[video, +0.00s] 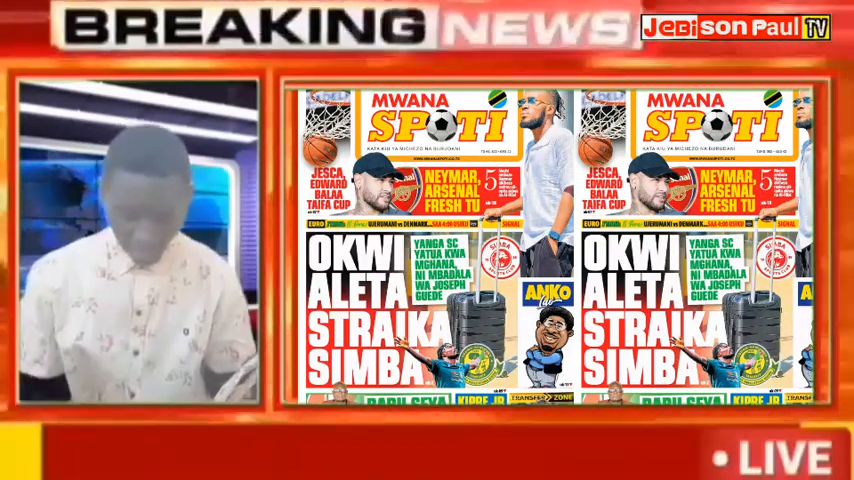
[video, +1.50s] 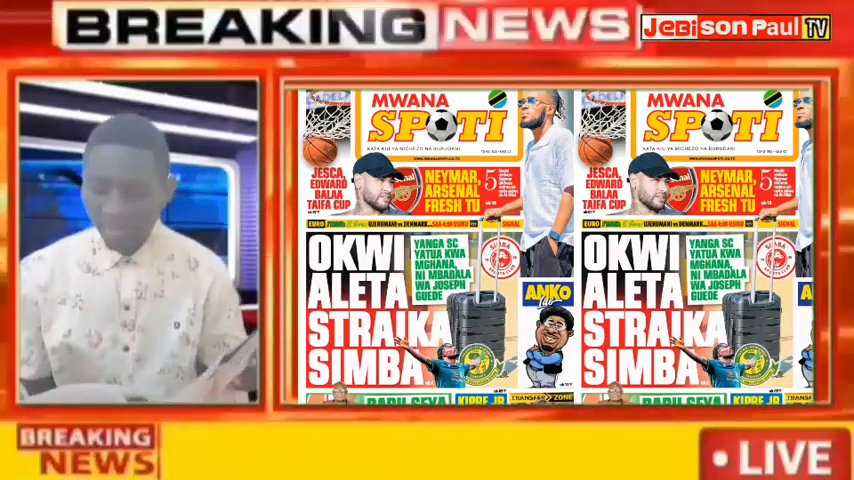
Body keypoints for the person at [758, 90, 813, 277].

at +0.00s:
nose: (799, 107)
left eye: (806, 101)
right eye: (797, 103)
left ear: (820, 107)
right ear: (794, 110)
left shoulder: (826, 148)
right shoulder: (806, 149)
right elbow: (804, 196)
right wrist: (777, 211)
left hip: (819, 239)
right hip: (804, 239)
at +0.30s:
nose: (799, 107)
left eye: (806, 101)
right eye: (797, 103)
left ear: (820, 107)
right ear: (794, 110)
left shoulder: (826, 148)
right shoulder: (806, 149)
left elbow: (829, 193)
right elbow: (804, 196)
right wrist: (777, 211)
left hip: (819, 240)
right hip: (804, 239)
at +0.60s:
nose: (799, 107)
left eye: (806, 101)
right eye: (797, 103)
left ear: (820, 107)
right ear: (794, 110)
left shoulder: (826, 148)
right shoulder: (806, 149)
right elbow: (804, 196)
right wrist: (777, 211)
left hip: (820, 240)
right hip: (804, 240)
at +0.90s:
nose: (799, 107)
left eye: (807, 101)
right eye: (797, 103)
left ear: (820, 107)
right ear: (794, 110)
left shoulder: (827, 147)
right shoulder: (806, 149)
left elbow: (831, 194)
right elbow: (804, 196)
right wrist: (777, 211)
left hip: (820, 240)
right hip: (804, 240)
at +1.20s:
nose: (799, 107)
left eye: (807, 101)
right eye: (797, 103)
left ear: (820, 107)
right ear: (794, 110)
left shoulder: (827, 148)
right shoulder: (806, 149)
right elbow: (804, 196)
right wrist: (777, 211)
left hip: (821, 240)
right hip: (804, 239)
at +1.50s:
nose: (799, 107)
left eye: (807, 101)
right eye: (797, 103)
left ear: (820, 107)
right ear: (794, 110)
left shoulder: (827, 148)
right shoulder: (806, 149)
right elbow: (804, 196)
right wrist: (777, 211)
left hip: (821, 240)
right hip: (804, 239)